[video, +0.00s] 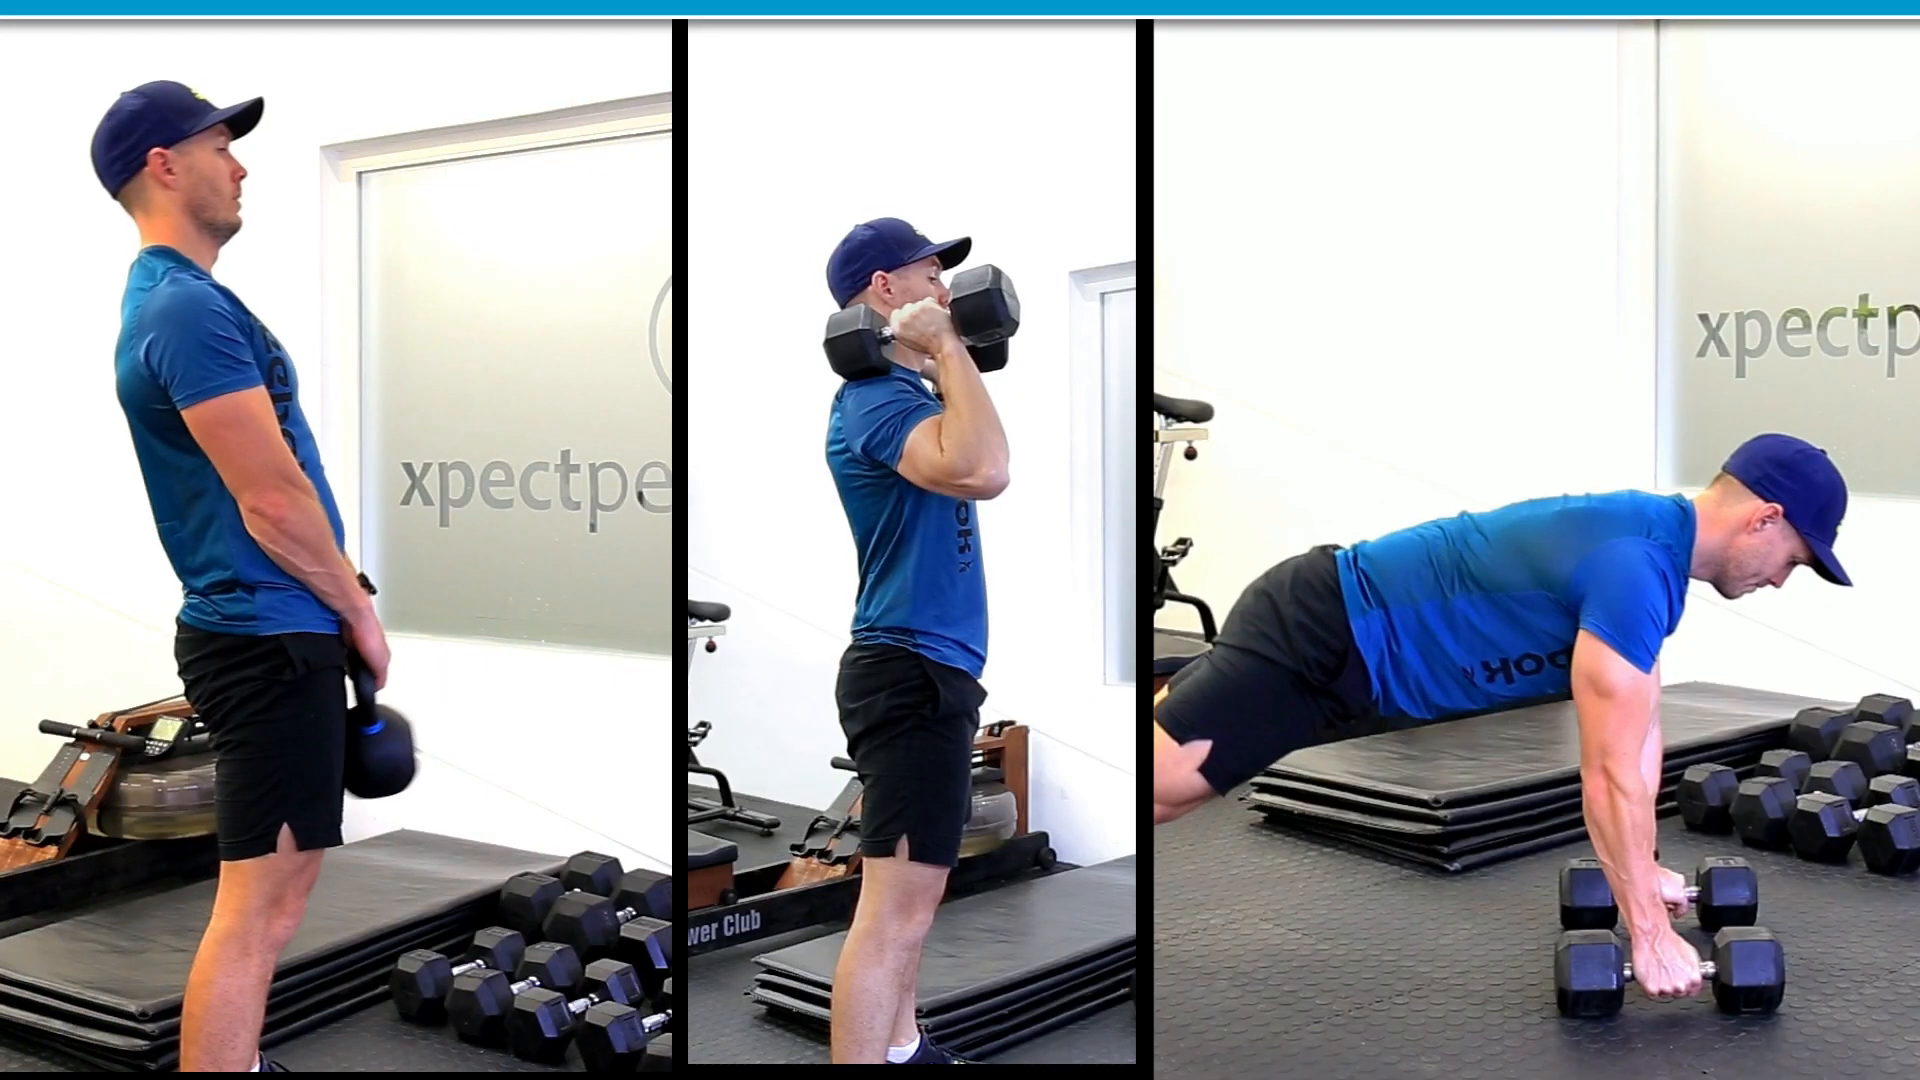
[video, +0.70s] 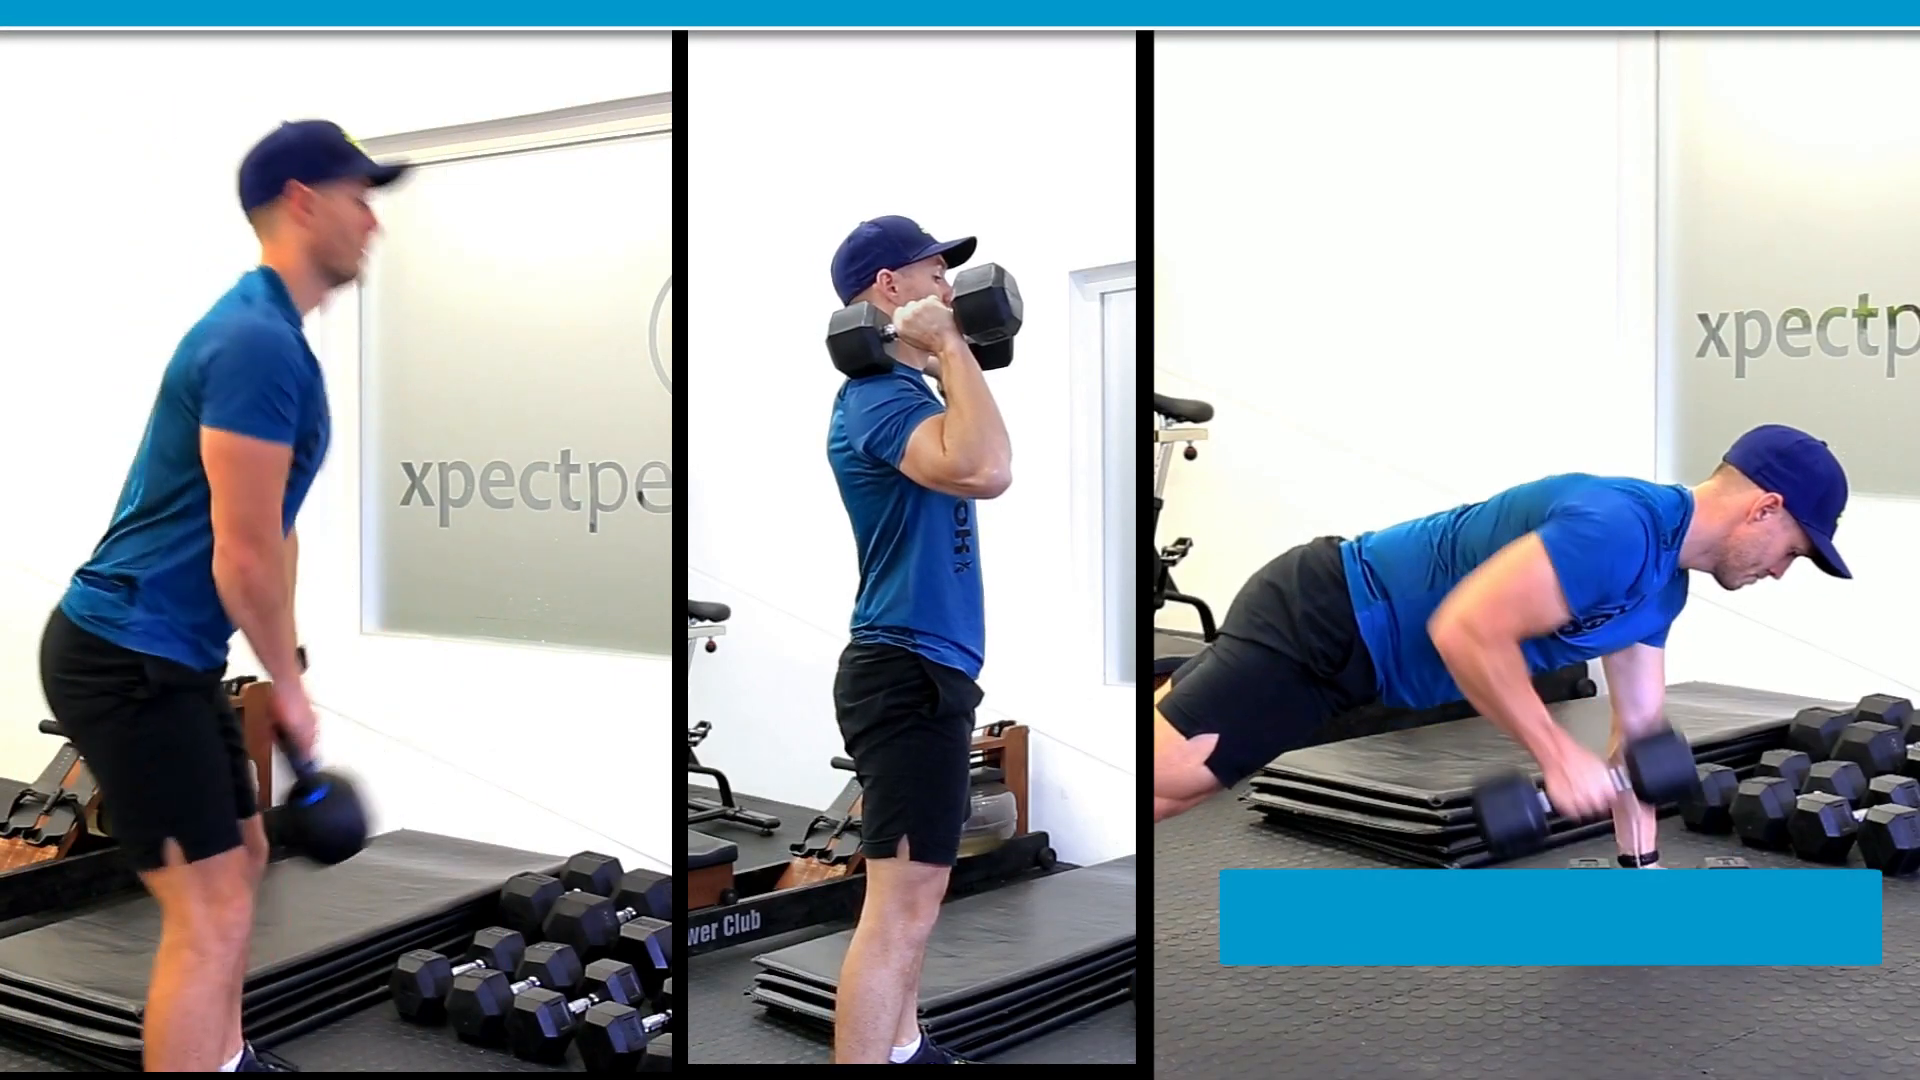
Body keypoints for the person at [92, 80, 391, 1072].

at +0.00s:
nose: (242, 165)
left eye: (233, 147)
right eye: (221, 145)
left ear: (159, 172)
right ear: (162, 167)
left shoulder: (172, 298)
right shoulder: (186, 305)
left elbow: (266, 496)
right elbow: (272, 503)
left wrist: (347, 597)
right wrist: (359, 612)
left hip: (269, 636)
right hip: (266, 642)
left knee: (268, 902)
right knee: (256, 911)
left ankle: (227, 1059)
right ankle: (216, 1066)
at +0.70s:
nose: (375, 222)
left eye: (373, 202)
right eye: (360, 200)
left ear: (302, 209)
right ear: (297, 203)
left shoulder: (277, 340)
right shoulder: (255, 342)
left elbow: (270, 539)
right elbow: (242, 552)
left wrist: (287, 669)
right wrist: (286, 682)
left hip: (167, 653)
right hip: (126, 657)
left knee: (241, 855)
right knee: (209, 912)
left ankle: (215, 1053)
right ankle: (187, 1073)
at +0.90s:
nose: (470, 314)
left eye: (469, 292)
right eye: (458, 289)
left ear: (396, 290)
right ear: (398, 286)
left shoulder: (334, 395)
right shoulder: (322, 404)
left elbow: (248, 587)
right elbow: (235, 602)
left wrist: (222, 711)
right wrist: (224, 726)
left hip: (150, 658)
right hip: (102, 657)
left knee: (223, 850)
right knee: (182, 914)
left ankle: (222, 1057)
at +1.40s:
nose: (369, 214)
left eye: (368, 193)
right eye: (356, 191)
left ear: (293, 195)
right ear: (297, 191)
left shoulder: (251, 315)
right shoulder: (250, 327)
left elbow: (250, 525)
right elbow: (251, 535)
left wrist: (278, 653)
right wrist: (287, 654)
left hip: (186, 644)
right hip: (175, 650)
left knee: (239, 894)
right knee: (241, 917)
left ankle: (218, 1050)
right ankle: (204, 1067)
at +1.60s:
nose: (275, 190)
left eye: (274, 170)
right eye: (263, 167)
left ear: (199, 171)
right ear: (201, 166)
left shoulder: (175, 288)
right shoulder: (171, 295)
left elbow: (257, 469)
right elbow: (266, 472)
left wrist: (377, 532)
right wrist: (389, 535)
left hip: (206, 631)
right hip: (191, 638)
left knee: (226, 877)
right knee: (202, 906)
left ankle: (226, 1059)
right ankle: (190, 1076)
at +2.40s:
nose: (372, 222)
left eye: (370, 201)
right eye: (357, 198)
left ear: (299, 207)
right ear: (295, 201)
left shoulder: (274, 336)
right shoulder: (257, 343)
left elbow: (289, 531)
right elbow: (271, 556)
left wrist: (335, 643)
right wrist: (338, 658)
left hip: (175, 656)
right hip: (139, 663)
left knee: (261, 841)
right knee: (242, 919)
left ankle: (218, 1042)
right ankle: (207, 1071)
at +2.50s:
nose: (441, 282)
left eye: (439, 261)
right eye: (425, 259)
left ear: (368, 266)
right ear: (367, 261)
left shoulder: (318, 382)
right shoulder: (312, 393)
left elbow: (272, 587)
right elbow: (264, 599)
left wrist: (279, 713)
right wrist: (277, 734)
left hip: (166, 673)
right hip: (128, 676)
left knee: (262, 859)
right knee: (247, 923)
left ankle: (222, 1041)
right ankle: (205, 1062)